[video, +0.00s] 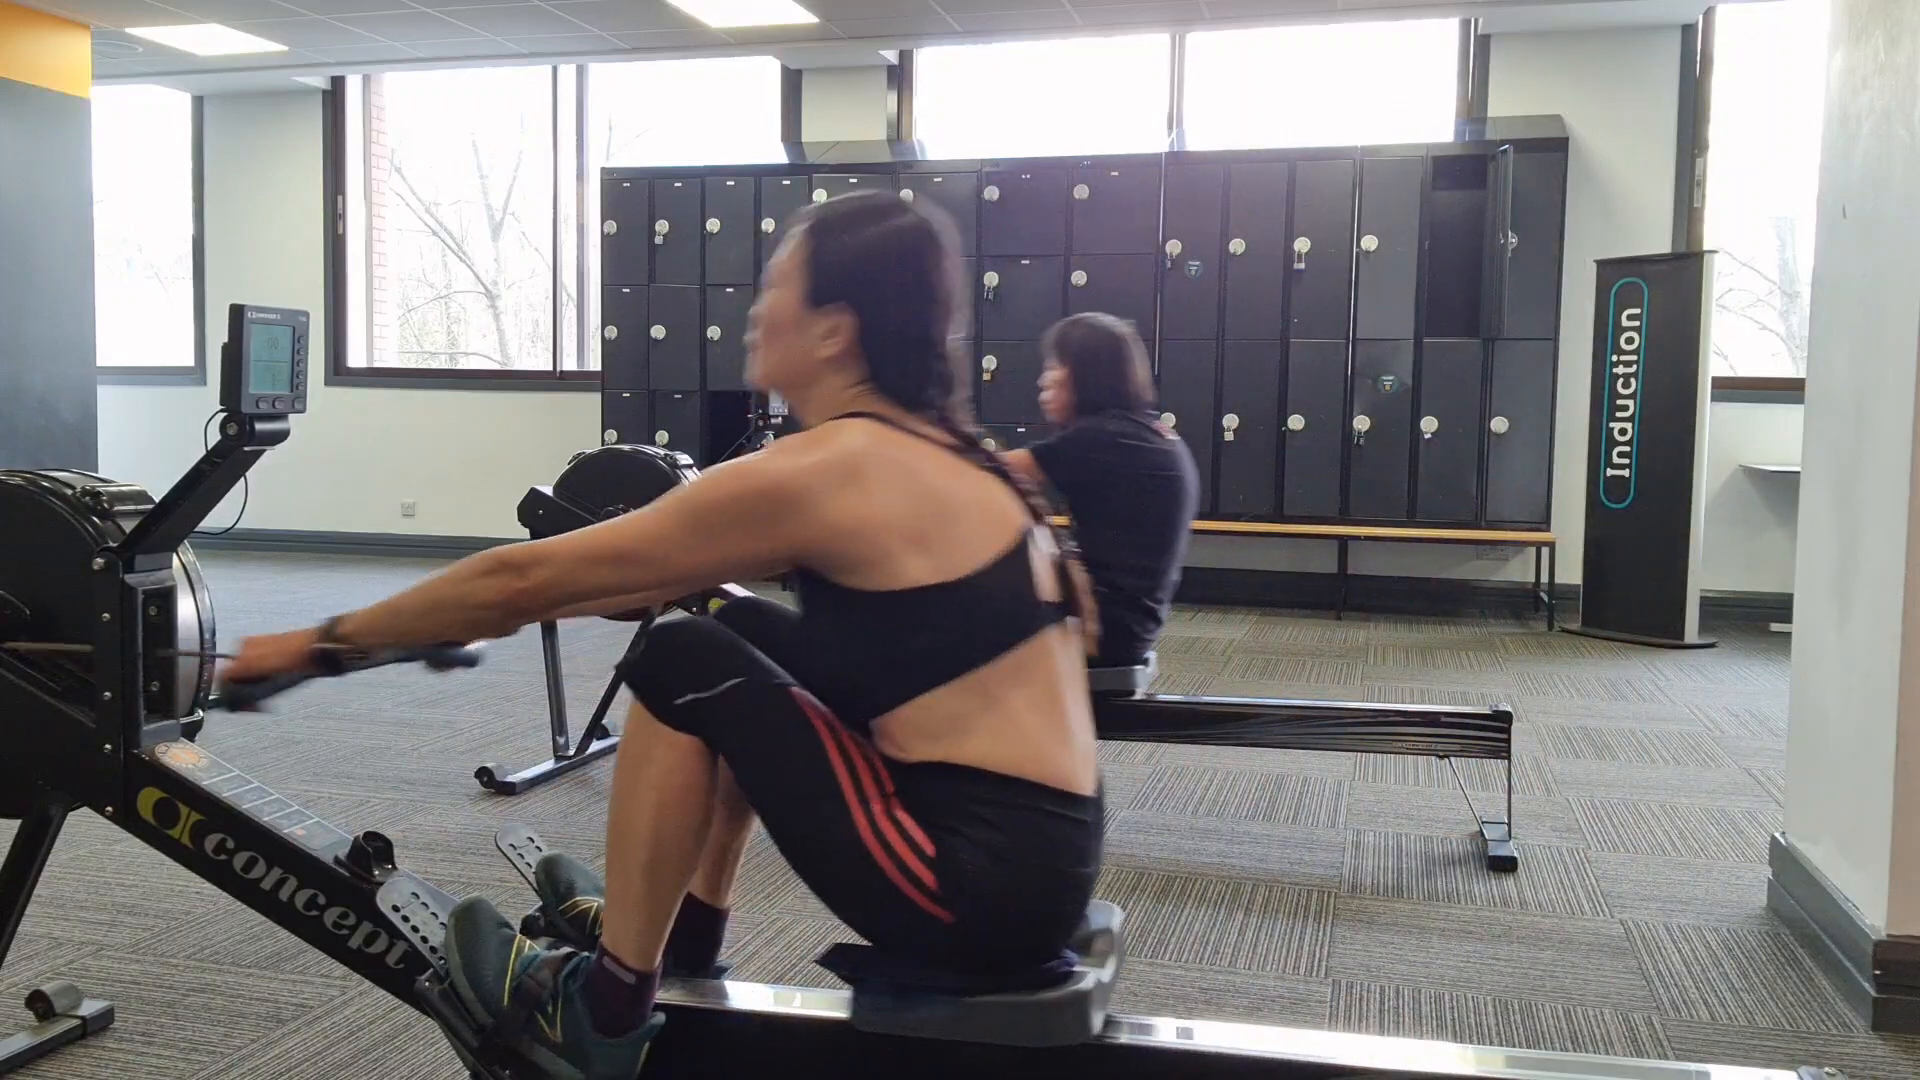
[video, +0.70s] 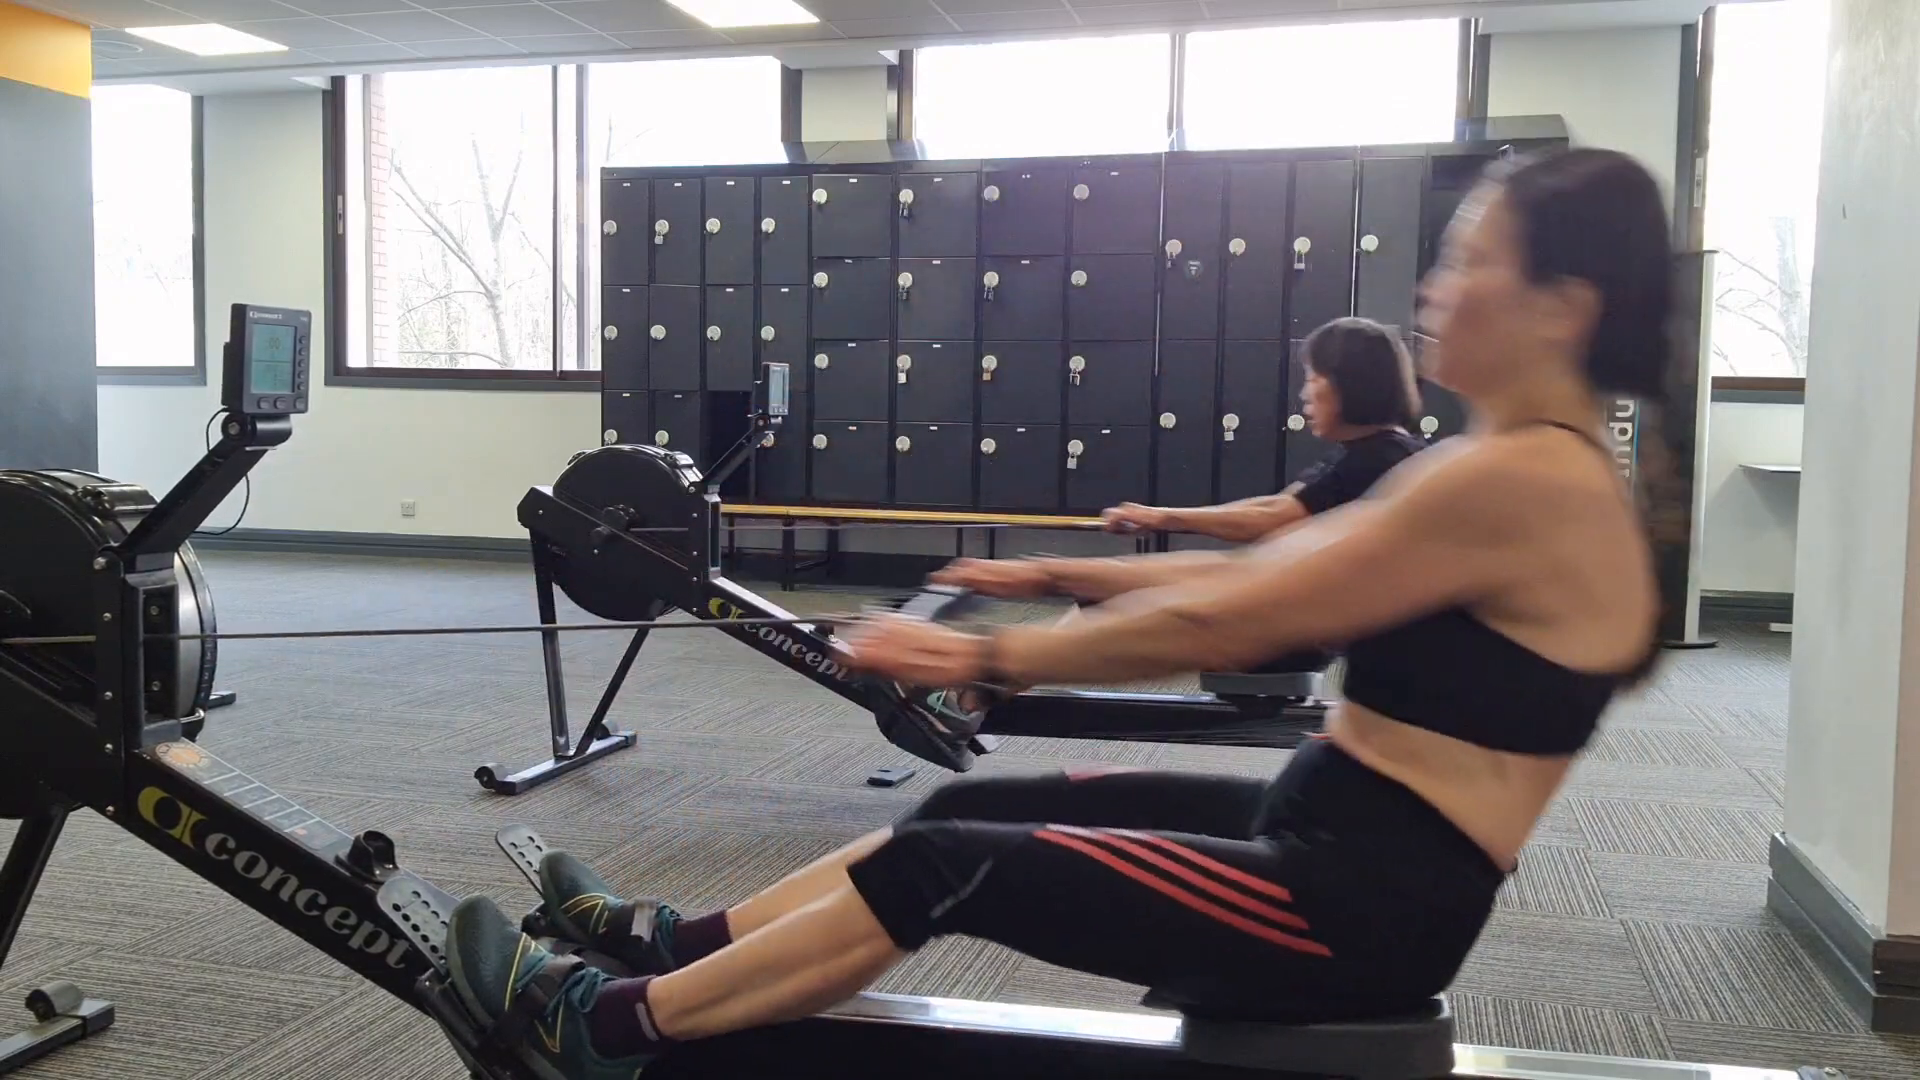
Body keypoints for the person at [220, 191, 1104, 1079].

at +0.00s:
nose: (751, 319)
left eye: (769, 297)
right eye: (761, 295)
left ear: (838, 328)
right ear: (865, 333)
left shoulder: (826, 475)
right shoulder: (947, 455)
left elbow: (531, 580)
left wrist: (319, 643)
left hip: (968, 889)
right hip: (1043, 869)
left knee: (680, 653)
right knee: (750, 639)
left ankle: (606, 1001)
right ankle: (686, 941)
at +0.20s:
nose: (911, 290)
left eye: (935, 268)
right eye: (922, 266)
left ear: (1010, 310)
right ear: (1017, 313)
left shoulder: (973, 462)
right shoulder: (1081, 433)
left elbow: (692, 582)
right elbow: (893, 533)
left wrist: (486, 645)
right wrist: (723, 537)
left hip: (1070, 886)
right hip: (1135, 850)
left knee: (760, 694)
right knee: (799, 651)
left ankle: (609, 1008)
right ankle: (684, 943)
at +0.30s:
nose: (1001, 281)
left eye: (1029, 260)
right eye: (1013, 257)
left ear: (1104, 303)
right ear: (1110, 307)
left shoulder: (1061, 457)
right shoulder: (1153, 431)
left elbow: (781, 579)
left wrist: (565, 638)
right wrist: (699, 583)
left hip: (1144, 880)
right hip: (1186, 837)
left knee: (807, 722)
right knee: (843, 674)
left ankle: (614, 1012)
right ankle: (677, 950)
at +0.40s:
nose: (1102, 268)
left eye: (1132, 248)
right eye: (1119, 242)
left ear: (1206, 292)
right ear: (1210, 295)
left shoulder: (1152, 458)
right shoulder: (1262, 433)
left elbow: (859, 585)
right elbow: (1011, 545)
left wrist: (654, 645)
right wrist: (797, 573)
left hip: (1209, 882)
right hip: (1242, 823)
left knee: (851, 757)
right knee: (884, 703)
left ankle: (614, 1019)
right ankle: (661, 955)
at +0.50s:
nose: (1209, 261)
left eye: (1243, 241)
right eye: (1223, 236)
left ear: (1328, 290)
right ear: (1313, 295)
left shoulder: (1266, 456)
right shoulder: (1325, 430)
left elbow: (983, 590)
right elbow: (1056, 540)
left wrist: (757, 645)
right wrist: (857, 569)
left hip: (1281, 886)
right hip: (1283, 812)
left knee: (906, 790)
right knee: (921, 742)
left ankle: (625, 1020)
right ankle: (682, 964)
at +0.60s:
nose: (1323, 266)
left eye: (1361, 246)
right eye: (1340, 240)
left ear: (1452, 293)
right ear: (1441, 296)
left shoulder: (1394, 463)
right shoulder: (1433, 447)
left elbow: (1099, 586)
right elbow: (1126, 550)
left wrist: (867, 647)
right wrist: (937, 584)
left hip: (1322, 901)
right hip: (1331, 840)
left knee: (937, 820)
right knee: (961, 780)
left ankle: (621, 1026)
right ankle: (674, 958)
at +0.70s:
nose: (1436, 287)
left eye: (1471, 262)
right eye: (1447, 257)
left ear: (1572, 308)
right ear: (1553, 308)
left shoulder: (1524, 482)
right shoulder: (1493, 464)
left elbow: (1225, 618)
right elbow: (1236, 594)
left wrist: (974, 657)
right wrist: (1023, 618)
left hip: (1360, 891)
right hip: (1326, 820)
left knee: (955, 849)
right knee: (966, 811)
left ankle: (609, 1029)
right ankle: (662, 950)